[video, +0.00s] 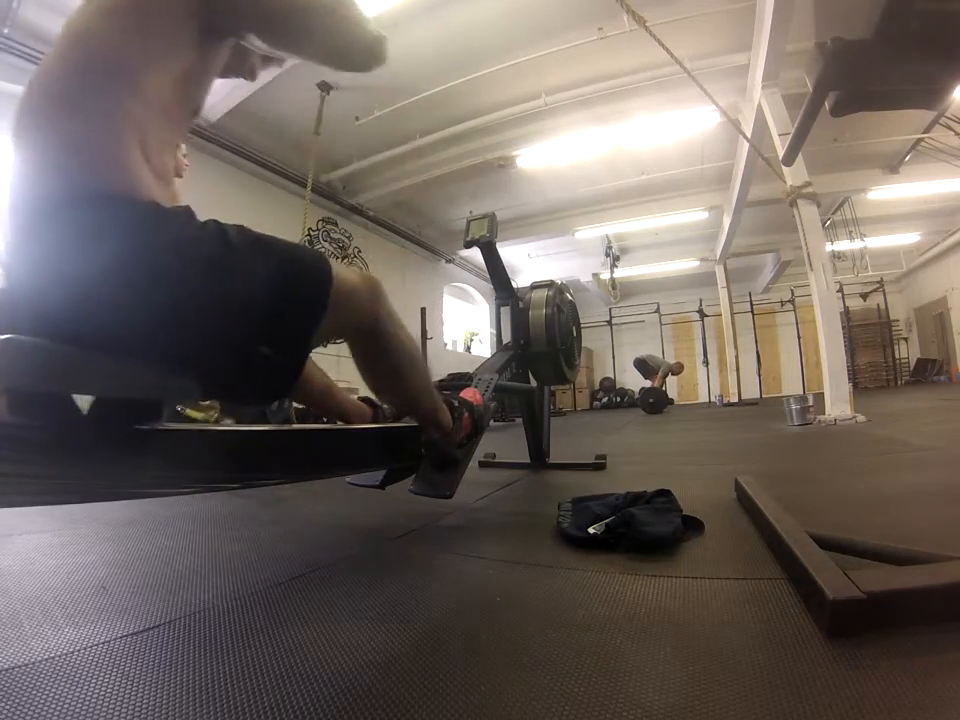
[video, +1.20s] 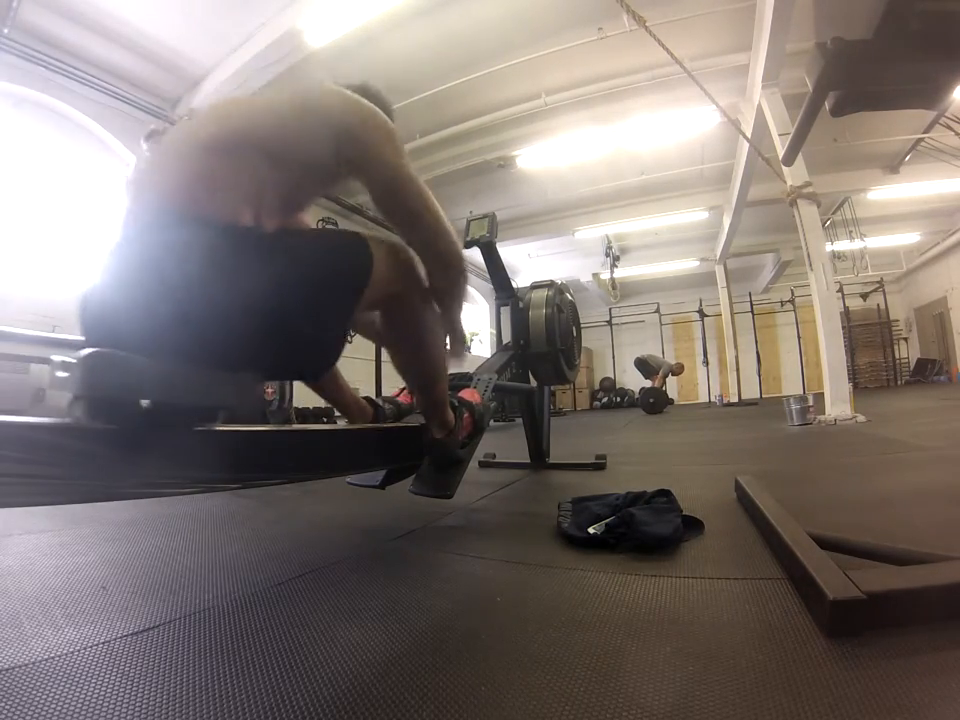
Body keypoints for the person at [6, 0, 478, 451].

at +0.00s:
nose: (262, 74)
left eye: (269, 69)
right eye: (266, 59)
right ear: (250, 18)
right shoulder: (200, 7)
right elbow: (366, 49)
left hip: (41, 259)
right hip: (119, 247)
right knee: (362, 296)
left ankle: (362, 421)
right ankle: (443, 430)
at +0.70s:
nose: (242, 70)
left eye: (241, 67)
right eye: (238, 56)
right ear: (221, 21)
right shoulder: (199, 4)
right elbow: (351, 72)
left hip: (20, 236)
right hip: (104, 231)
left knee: (241, 329)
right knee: (343, 320)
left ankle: (360, 420)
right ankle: (447, 430)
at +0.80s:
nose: (259, 76)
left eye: (259, 67)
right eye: (259, 53)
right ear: (248, 16)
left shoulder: (124, 36)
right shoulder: (225, 8)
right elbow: (364, 100)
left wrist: (238, 76)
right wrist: (345, 56)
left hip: (30, 254)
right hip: (121, 244)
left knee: (257, 336)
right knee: (351, 305)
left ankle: (363, 418)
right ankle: (446, 426)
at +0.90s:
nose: (311, 68)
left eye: (308, 60)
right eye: (310, 54)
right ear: (284, 33)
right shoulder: (255, 20)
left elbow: (209, 224)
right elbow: (379, 142)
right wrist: (334, 74)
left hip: (49, 276)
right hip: (144, 255)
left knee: (258, 321)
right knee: (361, 292)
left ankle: (358, 414)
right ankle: (445, 427)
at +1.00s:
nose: (330, 112)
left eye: (334, 101)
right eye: (334, 96)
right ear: (323, 65)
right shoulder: (289, 56)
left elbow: (252, 246)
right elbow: (400, 190)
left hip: (73, 292)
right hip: (167, 279)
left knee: (267, 307)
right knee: (378, 285)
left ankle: (358, 411)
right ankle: (447, 427)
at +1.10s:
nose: (358, 138)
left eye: (362, 127)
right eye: (360, 122)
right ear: (347, 90)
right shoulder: (330, 92)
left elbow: (289, 242)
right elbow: (423, 222)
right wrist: (434, 261)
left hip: (92, 296)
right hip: (178, 287)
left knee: (280, 312)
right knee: (390, 281)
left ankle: (358, 412)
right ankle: (447, 428)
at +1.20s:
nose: (382, 160)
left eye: (385, 152)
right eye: (384, 146)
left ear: (341, 95)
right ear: (370, 117)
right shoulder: (357, 118)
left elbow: (315, 271)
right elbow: (449, 258)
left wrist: (402, 340)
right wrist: (449, 318)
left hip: (117, 301)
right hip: (197, 290)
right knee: (399, 269)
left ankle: (361, 414)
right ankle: (446, 425)